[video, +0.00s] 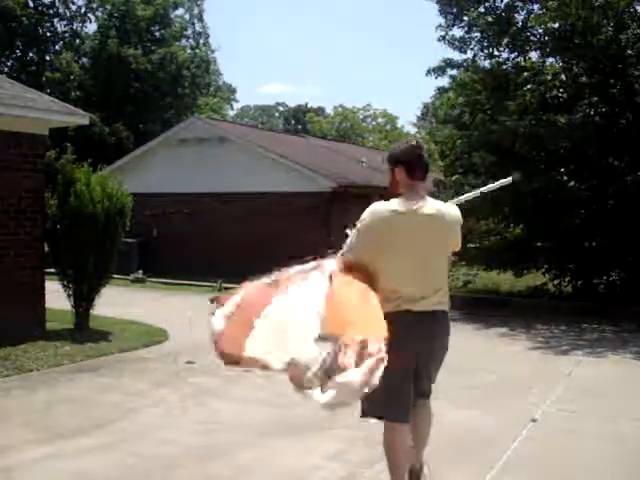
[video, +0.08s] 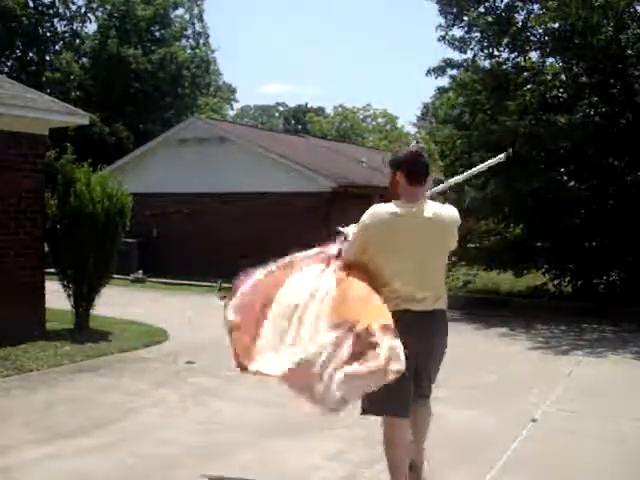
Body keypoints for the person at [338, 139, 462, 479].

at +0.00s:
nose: (389, 178)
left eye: (391, 172)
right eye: (391, 171)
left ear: (398, 174)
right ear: (425, 175)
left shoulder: (377, 215)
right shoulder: (448, 215)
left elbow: (349, 263)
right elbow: (453, 247)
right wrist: (429, 207)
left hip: (392, 323)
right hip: (436, 322)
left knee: (395, 412)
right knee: (421, 396)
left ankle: (400, 475)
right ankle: (416, 463)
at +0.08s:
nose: (389, 181)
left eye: (391, 176)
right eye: (392, 176)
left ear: (397, 179)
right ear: (426, 181)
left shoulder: (376, 218)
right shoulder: (447, 217)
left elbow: (349, 260)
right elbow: (447, 249)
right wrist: (419, 207)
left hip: (388, 321)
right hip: (433, 321)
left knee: (395, 409)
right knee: (420, 397)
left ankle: (400, 475)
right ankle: (416, 463)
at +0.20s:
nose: (390, 182)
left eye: (392, 177)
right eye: (392, 177)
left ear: (400, 180)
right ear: (426, 181)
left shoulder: (380, 217)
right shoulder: (445, 215)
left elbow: (352, 257)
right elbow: (444, 247)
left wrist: (340, 232)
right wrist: (402, 204)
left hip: (385, 313)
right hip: (432, 310)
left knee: (381, 392)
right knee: (419, 389)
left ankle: (397, 462)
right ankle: (416, 461)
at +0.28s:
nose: (391, 181)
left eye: (393, 177)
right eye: (393, 176)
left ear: (399, 180)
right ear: (425, 181)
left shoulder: (379, 215)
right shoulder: (443, 215)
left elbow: (353, 255)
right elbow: (443, 244)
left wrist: (339, 232)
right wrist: (401, 200)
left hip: (385, 312)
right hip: (431, 309)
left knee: (382, 390)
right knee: (419, 387)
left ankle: (397, 453)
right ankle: (417, 459)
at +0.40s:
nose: (388, 182)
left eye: (390, 177)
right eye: (390, 176)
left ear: (396, 179)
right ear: (421, 181)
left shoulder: (376, 213)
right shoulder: (438, 213)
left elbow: (351, 250)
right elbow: (431, 245)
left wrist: (335, 224)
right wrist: (392, 206)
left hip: (382, 313)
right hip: (427, 312)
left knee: (378, 379)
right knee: (417, 385)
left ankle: (389, 440)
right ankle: (415, 457)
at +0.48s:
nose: (384, 185)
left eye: (385, 180)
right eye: (386, 179)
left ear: (391, 182)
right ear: (415, 184)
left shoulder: (372, 217)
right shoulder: (432, 217)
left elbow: (344, 247)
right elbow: (416, 245)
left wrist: (330, 221)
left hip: (377, 309)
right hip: (420, 309)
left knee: (375, 373)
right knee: (413, 382)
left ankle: (376, 427)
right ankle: (415, 455)